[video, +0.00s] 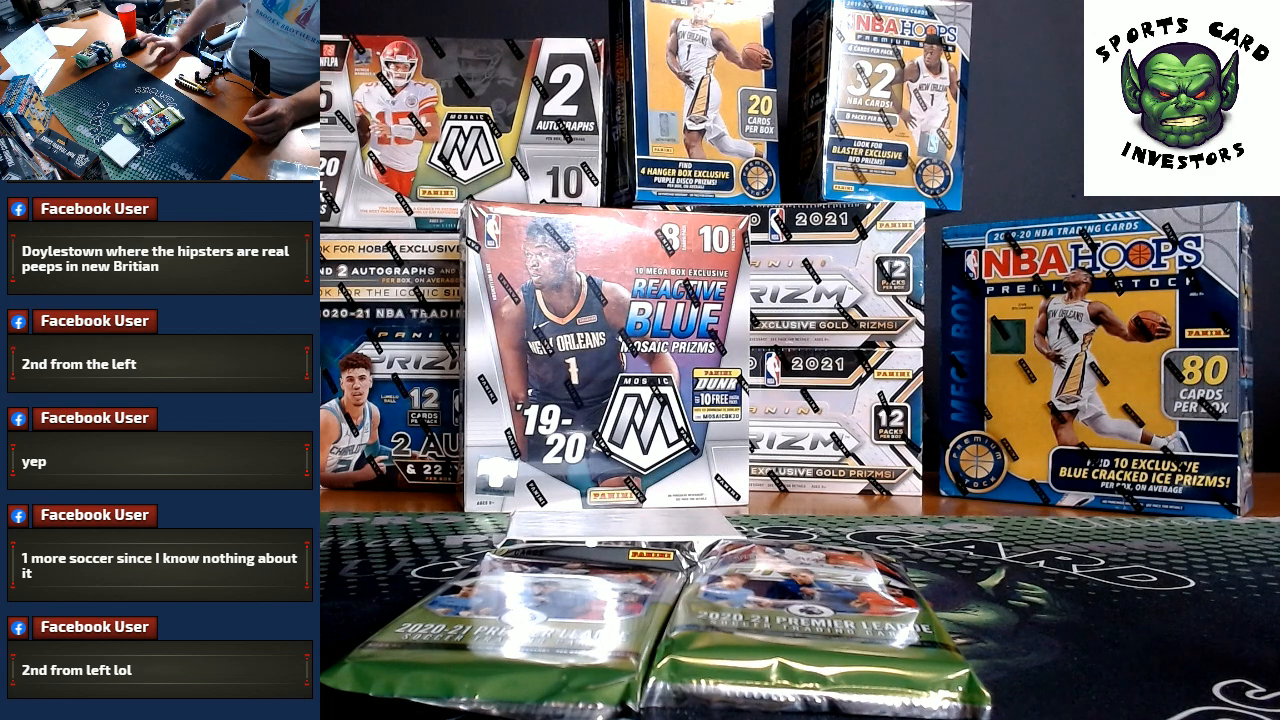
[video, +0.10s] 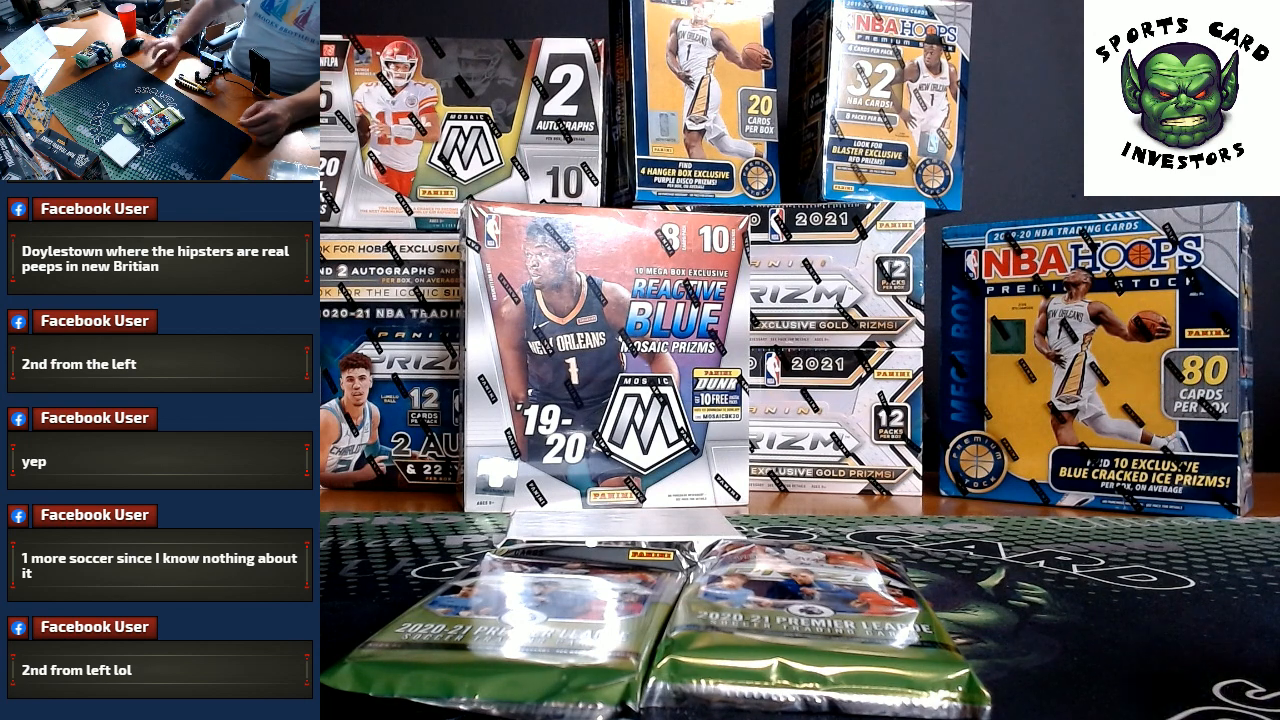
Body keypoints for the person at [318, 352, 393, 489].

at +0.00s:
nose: (356, 385)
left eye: (362, 378)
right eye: (350, 379)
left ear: (370, 382)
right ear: (341, 383)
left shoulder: (372, 413)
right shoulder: (325, 419)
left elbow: (373, 450)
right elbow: (316, 477)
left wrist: (406, 456)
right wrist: (360, 475)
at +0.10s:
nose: (356, 385)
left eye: (362, 378)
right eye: (350, 379)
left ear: (370, 382)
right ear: (341, 383)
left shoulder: (372, 413)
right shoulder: (325, 419)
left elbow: (373, 450)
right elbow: (316, 477)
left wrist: (406, 456)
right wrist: (360, 475)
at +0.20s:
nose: (356, 385)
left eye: (362, 378)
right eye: (350, 379)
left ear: (370, 382)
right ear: (341, 383)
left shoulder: (372, 413)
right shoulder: (325, 419)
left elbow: (373, 451)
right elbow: (316, 477)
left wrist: (406, 456)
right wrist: (360, 475)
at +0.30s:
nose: (356, 385)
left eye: (362, 378)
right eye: (350, 379)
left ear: (370, 382)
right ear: (341, 383)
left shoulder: (372, 413)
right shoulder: (325, 419)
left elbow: (373, 450)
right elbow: (316, 477)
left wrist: (406, 456)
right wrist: (360, 475)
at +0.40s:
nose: (356, 385)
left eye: (362, 378)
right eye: (350, 379)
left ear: (370, 382)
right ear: (341, 383)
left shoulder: (372, 413)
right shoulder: (325, 419)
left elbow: (373, 450)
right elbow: (317, 477)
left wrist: (407, 456)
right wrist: (360, 475)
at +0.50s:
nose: (356, 385)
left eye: (362, 378)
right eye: (350, 379)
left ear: (370, 382)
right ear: (341, 383)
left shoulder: (372, 413)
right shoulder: (325, 419)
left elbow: (373, 450)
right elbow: (316, 477)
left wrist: (406, 456)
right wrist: (360, 475)